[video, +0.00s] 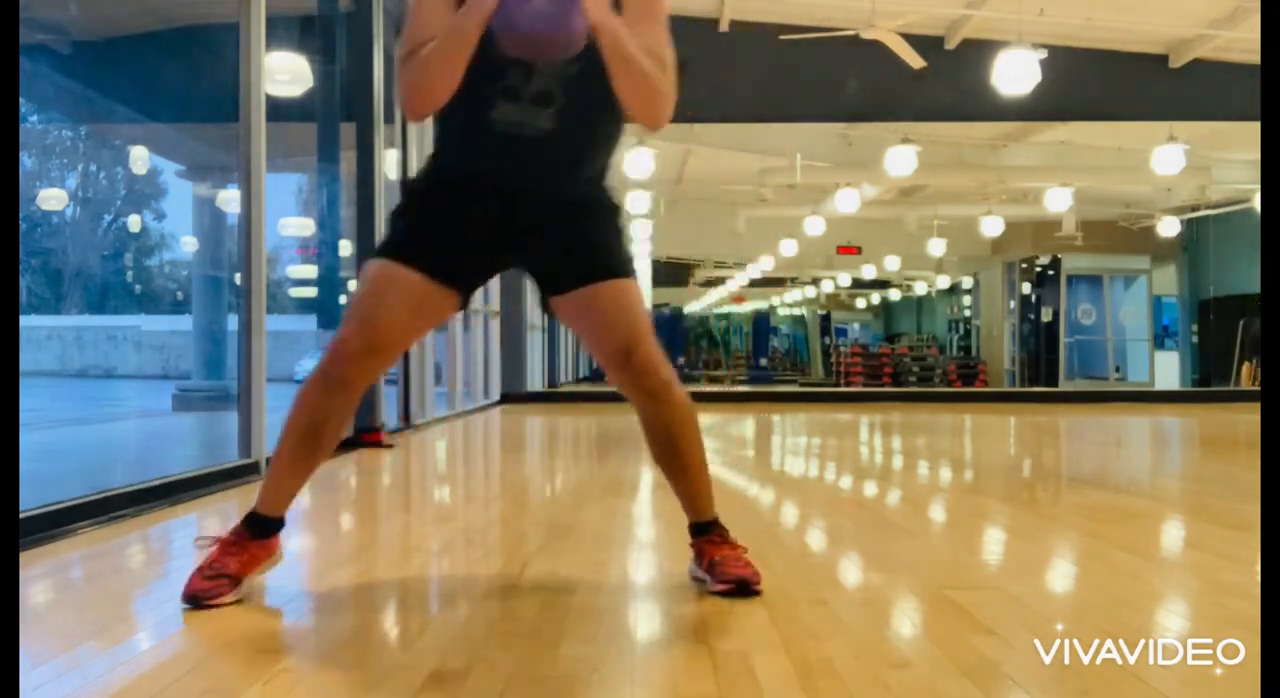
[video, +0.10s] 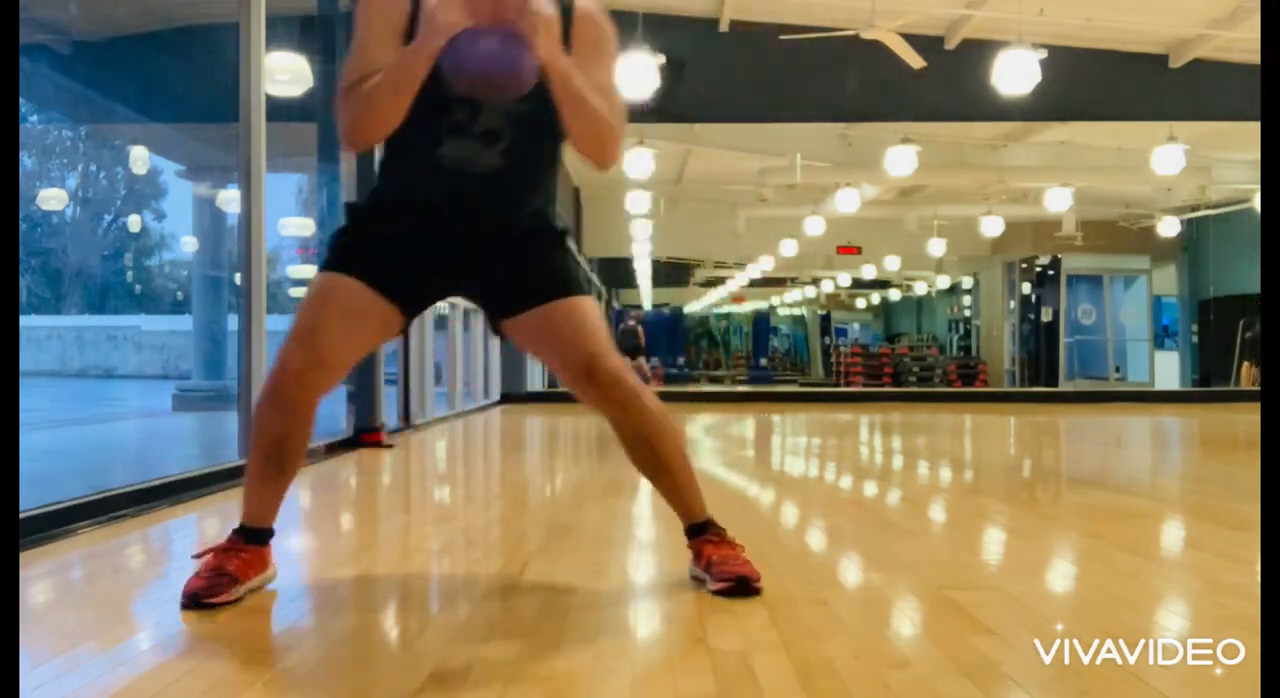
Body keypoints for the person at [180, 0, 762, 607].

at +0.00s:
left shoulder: (633, 3)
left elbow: (655, 108)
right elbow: (415, 99)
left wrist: (600, 15)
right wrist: (479, 6)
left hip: (571, 208)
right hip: (456, 202)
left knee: (641, 364)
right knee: (347, 359)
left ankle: (711, 537)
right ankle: (257, 531)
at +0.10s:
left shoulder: (578, 18)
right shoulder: (394, 5)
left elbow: (603, 148)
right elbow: (357, 128)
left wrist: (548, 49)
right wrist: (430, 43)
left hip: (518, 234)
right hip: (400, 229)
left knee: (603, 373)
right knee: (295, 373)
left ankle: (706, 535)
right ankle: (249, 544)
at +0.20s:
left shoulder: (535, 52)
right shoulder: (350, 29)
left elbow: (558, 187)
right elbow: (307, 164)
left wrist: (508, 101)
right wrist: (380, 82)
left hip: (476, 265)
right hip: (357, 258)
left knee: (580, 390)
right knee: (255, 382)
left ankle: (703, 536)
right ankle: (246, 545)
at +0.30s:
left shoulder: (502, 85)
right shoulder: (314, 68)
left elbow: (526, 223)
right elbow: (272, 203)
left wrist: (467, 134)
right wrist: (342, 124)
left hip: (451, 287)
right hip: (333, 281)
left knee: (561, 403)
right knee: (235, 383)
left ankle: (702, 536)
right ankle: (243, 546)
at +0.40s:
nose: (374, 6)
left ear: (432, 9)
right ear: (340, 5)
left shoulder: (475, 118)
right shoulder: (285, 103)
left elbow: (504, 252)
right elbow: (245, 241)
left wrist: (441, 179)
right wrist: (312, 170)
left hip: (429, 314)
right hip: (313, 306)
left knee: (548, 419)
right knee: (215, 389)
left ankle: (700, 536)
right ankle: (241, 546)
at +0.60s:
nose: (333, 64)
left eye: (357, 48)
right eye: (319, 44)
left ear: (391, 64)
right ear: (298, 51)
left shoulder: (433, 173)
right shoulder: (244, 158)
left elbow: (468, 309)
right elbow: (201, 301)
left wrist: (397, 237)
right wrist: (263, 237)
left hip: (399, 359)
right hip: (281, 352)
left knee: (528, 439)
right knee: (188, 402)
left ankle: (692, 536)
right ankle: (240, 546)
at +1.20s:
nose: (348, 12)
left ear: (404, 16)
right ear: (310, 13)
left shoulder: (446, 131)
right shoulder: (255, 118)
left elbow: (475, 269)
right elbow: (213, 261)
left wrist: (406, 179)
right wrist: (275, 178)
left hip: (416, 332)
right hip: (297, 331)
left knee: (544, 426)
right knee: (206, 398)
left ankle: (699, 537)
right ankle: (238, 541)